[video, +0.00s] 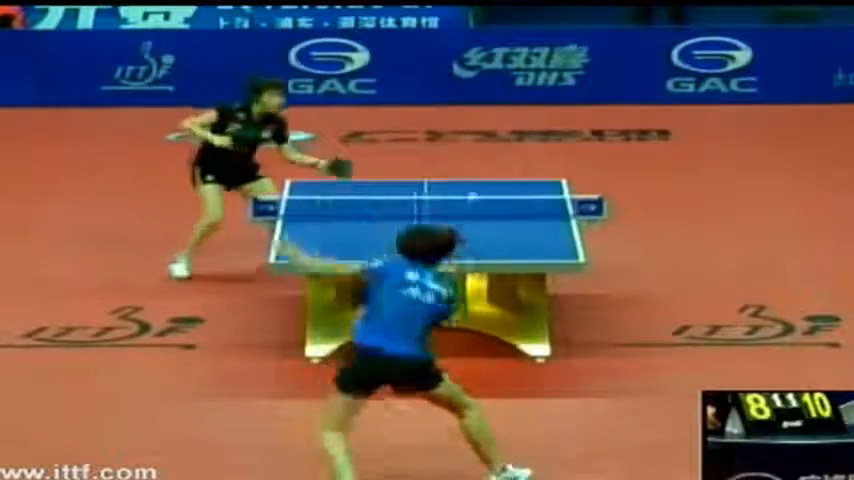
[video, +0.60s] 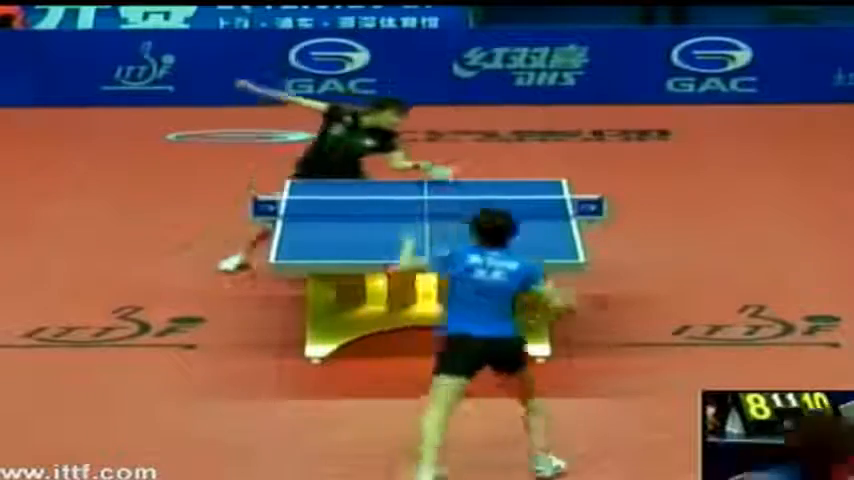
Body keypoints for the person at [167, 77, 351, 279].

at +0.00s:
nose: (278, 101)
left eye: (281, 97)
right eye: (273, 96)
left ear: (281, 100)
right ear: (259, 97)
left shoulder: (276, 124)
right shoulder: (231, 113)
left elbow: (288, 154)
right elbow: (189, 124)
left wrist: (318, 163)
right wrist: (213, 138)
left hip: (243, 167)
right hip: (212, 165)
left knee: (275, 207)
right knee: (213, 219)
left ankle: (282, 254)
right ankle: (184, 257)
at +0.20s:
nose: (305, 110)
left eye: (306, 105)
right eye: (302, 104)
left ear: (298, 107)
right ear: (288, 103)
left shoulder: (292, 130)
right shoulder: (253, 116)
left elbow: (309, 159)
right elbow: (208, 119)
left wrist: (350, 166)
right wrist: (229, 132)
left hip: (259, 175)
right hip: (227, 174)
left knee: (293, 209)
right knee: (224, 224)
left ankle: (293, 259)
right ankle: (186, 259)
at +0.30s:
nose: (339, 115)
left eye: (341, 110)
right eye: (337, 109)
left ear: (331, 111)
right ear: (321, 106)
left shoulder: (324, 134)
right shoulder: (287, 115)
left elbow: (342, 161)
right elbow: (260, 114)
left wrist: (381, 164)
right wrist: (241, 113)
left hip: (281, 179)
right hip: (249, 174)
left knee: (299, 219)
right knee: (234, 219)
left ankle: (303, 264)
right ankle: (188, 259)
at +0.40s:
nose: (363, 119)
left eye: (365, 115)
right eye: (362, 113)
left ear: (354, 113)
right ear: (347, 107)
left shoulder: (347, 134)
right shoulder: (308, 115)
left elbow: (362, 163)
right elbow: (276, 111)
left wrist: (398, 164)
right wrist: (251, 109)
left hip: (308, 180)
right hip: (271, 176)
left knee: (333, 216)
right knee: (238, 222)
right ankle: (194, 260)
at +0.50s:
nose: (383, 124)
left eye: (385, 120)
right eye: (382, 118)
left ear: (376, 118)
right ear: (368, 112)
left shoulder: (372, 137)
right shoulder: (327, 113)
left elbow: (386, 164)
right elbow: (284, 105)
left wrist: (414, 167)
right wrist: (249, 100)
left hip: (333, 175)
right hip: (297, 170)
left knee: (354, 212)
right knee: (264, 208)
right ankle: (243, 256)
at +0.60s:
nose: (397, 123)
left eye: (399, 119)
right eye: (396, 118)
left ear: (391, 118)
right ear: (383, 112)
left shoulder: (386, 137)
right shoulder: (341, 112)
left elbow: (398, 165)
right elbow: (298, 102)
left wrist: (427, 168)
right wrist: (260, 91)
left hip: (347, 179)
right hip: (308, 175)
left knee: (369, 215)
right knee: (278, 217)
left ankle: (388, 259)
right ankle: (243, 257)